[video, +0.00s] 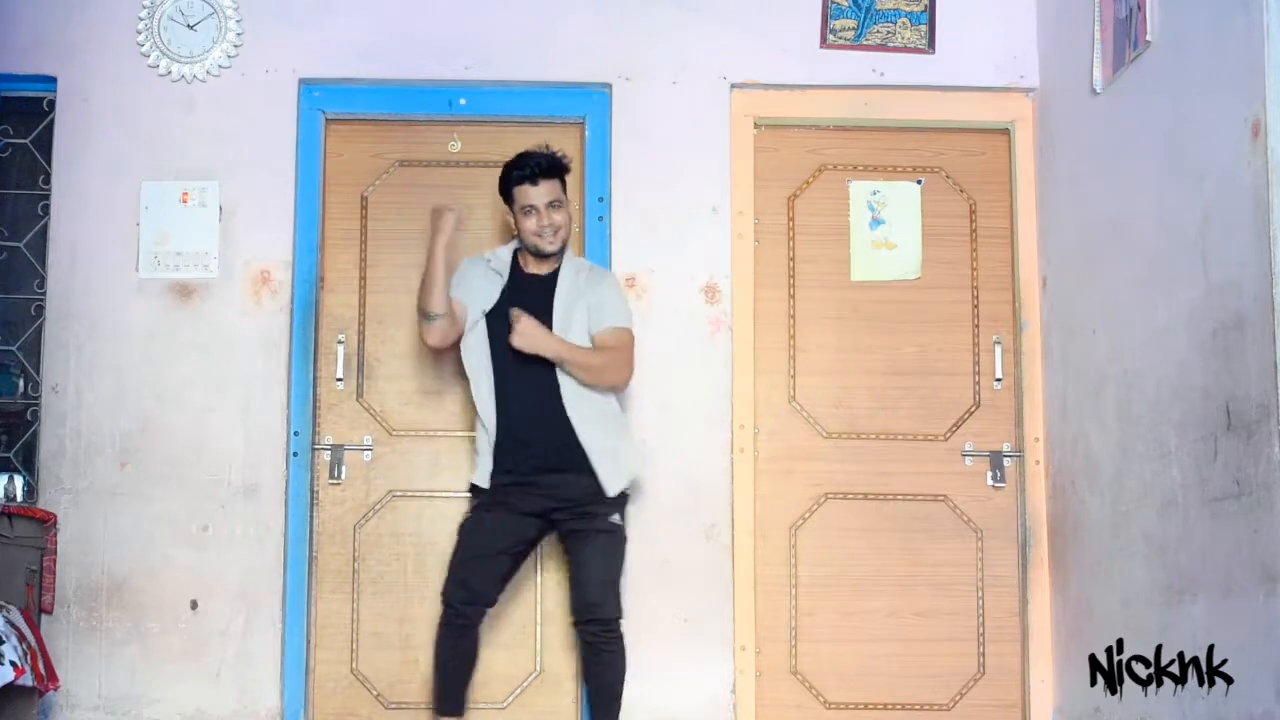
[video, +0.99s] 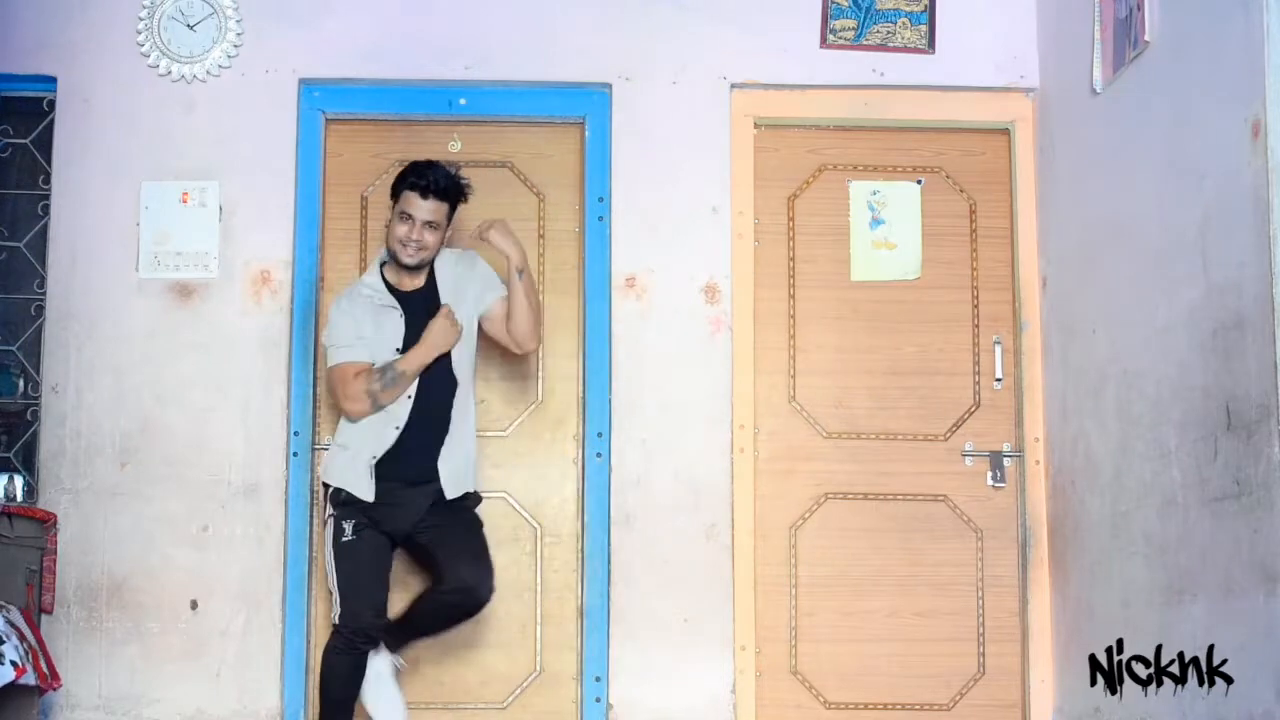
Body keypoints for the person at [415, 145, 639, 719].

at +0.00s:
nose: (546, 221)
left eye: (555, 206)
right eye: (530, 210)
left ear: (570, 207)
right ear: (511, 214)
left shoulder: (598, 283)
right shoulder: (479, 275)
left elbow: (618, 370)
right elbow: (436, 334)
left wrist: (549, 344)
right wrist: (441, 246)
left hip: (592, 486)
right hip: (510, 485)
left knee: (599, 621)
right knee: (461, 605)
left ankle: (605, 718)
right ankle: (447, 715)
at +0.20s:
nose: (522, 218)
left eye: (534, 204)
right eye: (509, 206)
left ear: (551, 206)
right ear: (492, 208)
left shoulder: (580, 273)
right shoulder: (461, 274)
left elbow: (612, 360)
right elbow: (424, 346)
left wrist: (537, 337)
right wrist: (431, 258)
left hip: (566, 484)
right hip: (484, 485)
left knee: (566, 619)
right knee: (454, 616)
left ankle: (581, 717)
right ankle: (444, 717)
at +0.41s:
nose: (502, 255)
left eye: (516, 242)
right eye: (491, 241)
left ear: (539, 237)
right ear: (478, 234)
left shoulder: (564, 308)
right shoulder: (448, 293)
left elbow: (584, 400)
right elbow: (406, 358)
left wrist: (524, 340)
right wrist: (421, 271)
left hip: (556, 499)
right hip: (475, 499)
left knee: (566, 631)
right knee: (437, 600)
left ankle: (578, 719)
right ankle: (485, 708)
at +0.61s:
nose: (465, 229)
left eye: (481, 218)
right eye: (457, 214)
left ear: (506, 215)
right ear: (445, 207)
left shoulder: (531, 274)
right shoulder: (405, 273)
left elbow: (522, 363)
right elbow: (340, 330)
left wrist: (440, 377)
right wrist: (319, 249)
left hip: (493, 489)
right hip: (408, 487)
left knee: (519, 620)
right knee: (381, 618)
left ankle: (539, 717)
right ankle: (345, 717)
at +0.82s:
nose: (425, 226)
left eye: (442, 217)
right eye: (418, 211)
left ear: (463, 223)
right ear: (404, 210)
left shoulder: (488, 274)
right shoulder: (359, 293)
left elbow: (545, 343)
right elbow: (321, 385)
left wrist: (497, 362)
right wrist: (356, 372)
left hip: (449, 487)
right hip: (367, 486)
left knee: (450, 597)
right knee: (359, 621)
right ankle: (336, 718)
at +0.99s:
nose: (415, 234)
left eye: (430, 224)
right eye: (405, 219)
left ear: (447, 230)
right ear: (389, 219)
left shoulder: (466, 273)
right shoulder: (353, 307)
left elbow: (522, 339)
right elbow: (353, 402)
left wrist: (518, 262)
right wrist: (425, 351)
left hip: (442, 489)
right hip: (363, 492)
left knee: (469, 587)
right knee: (360, 629)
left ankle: (382, 650)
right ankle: (334, 718)